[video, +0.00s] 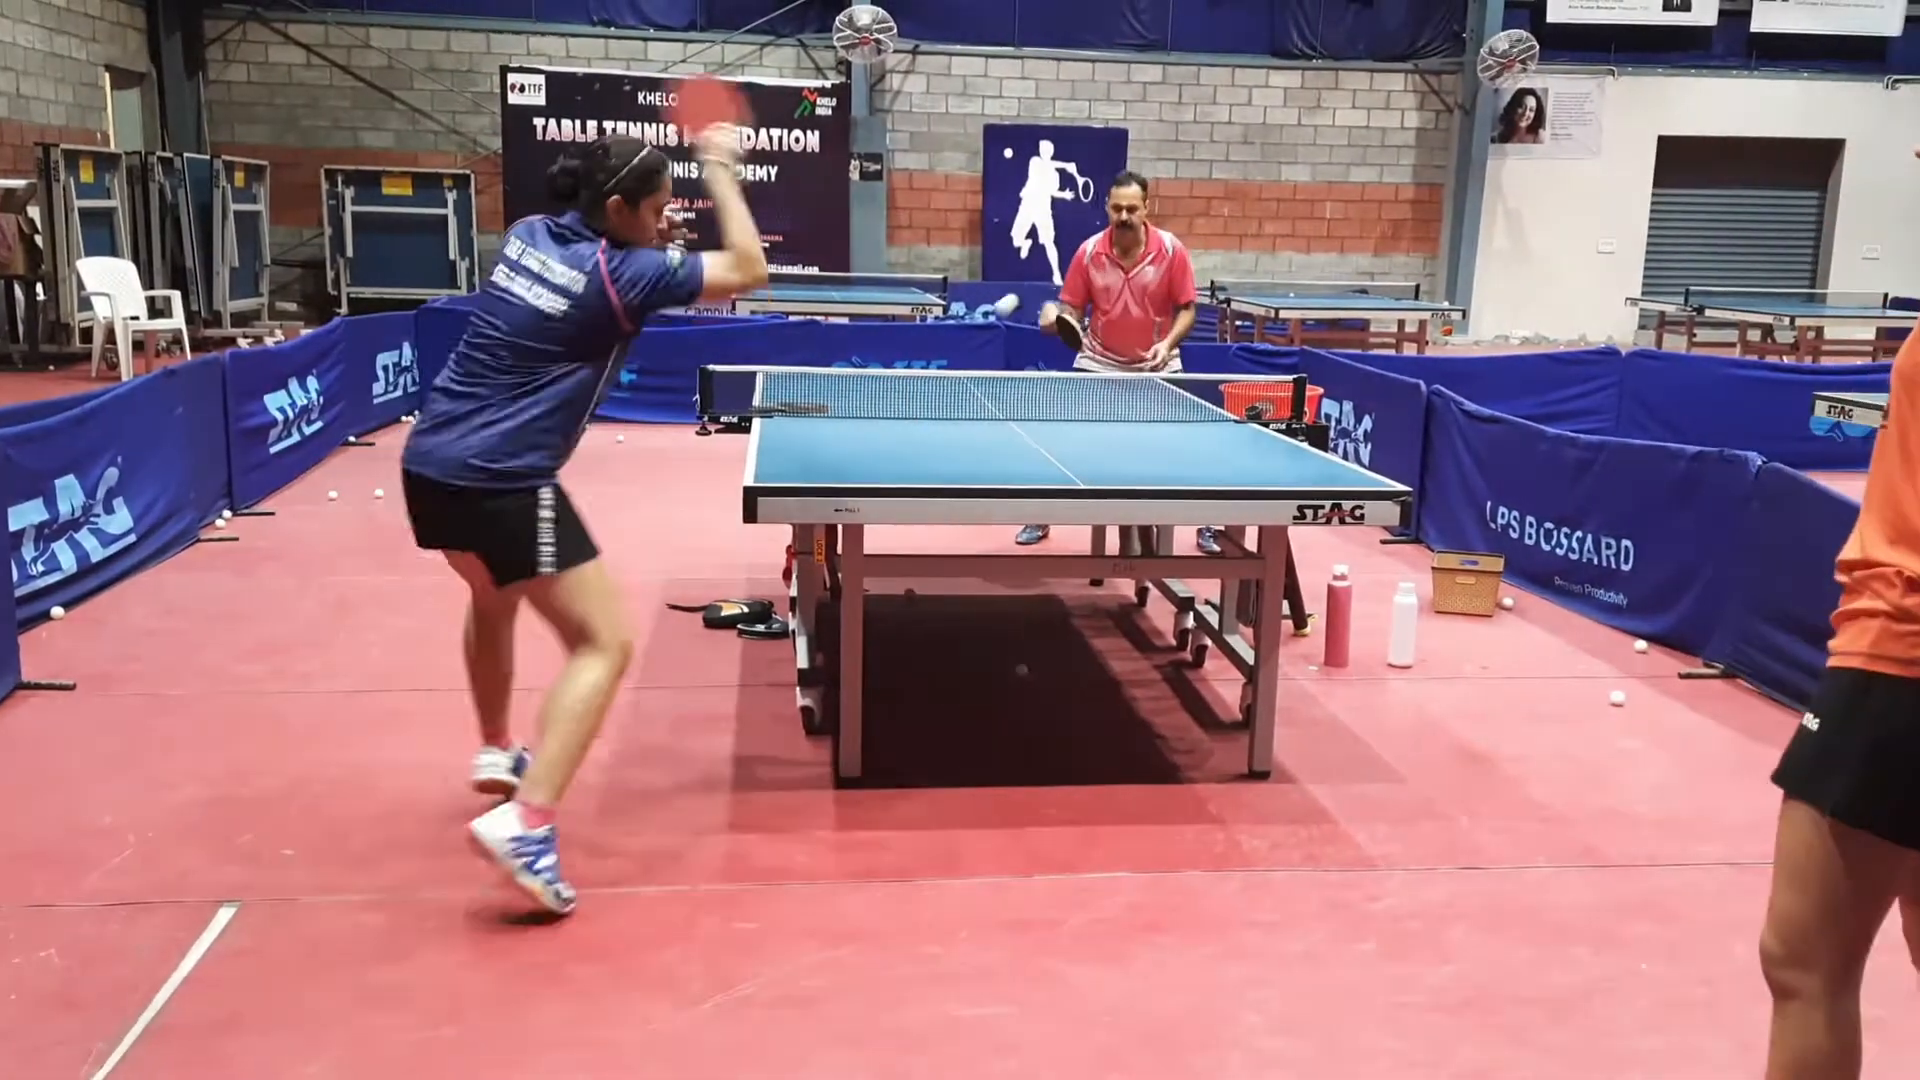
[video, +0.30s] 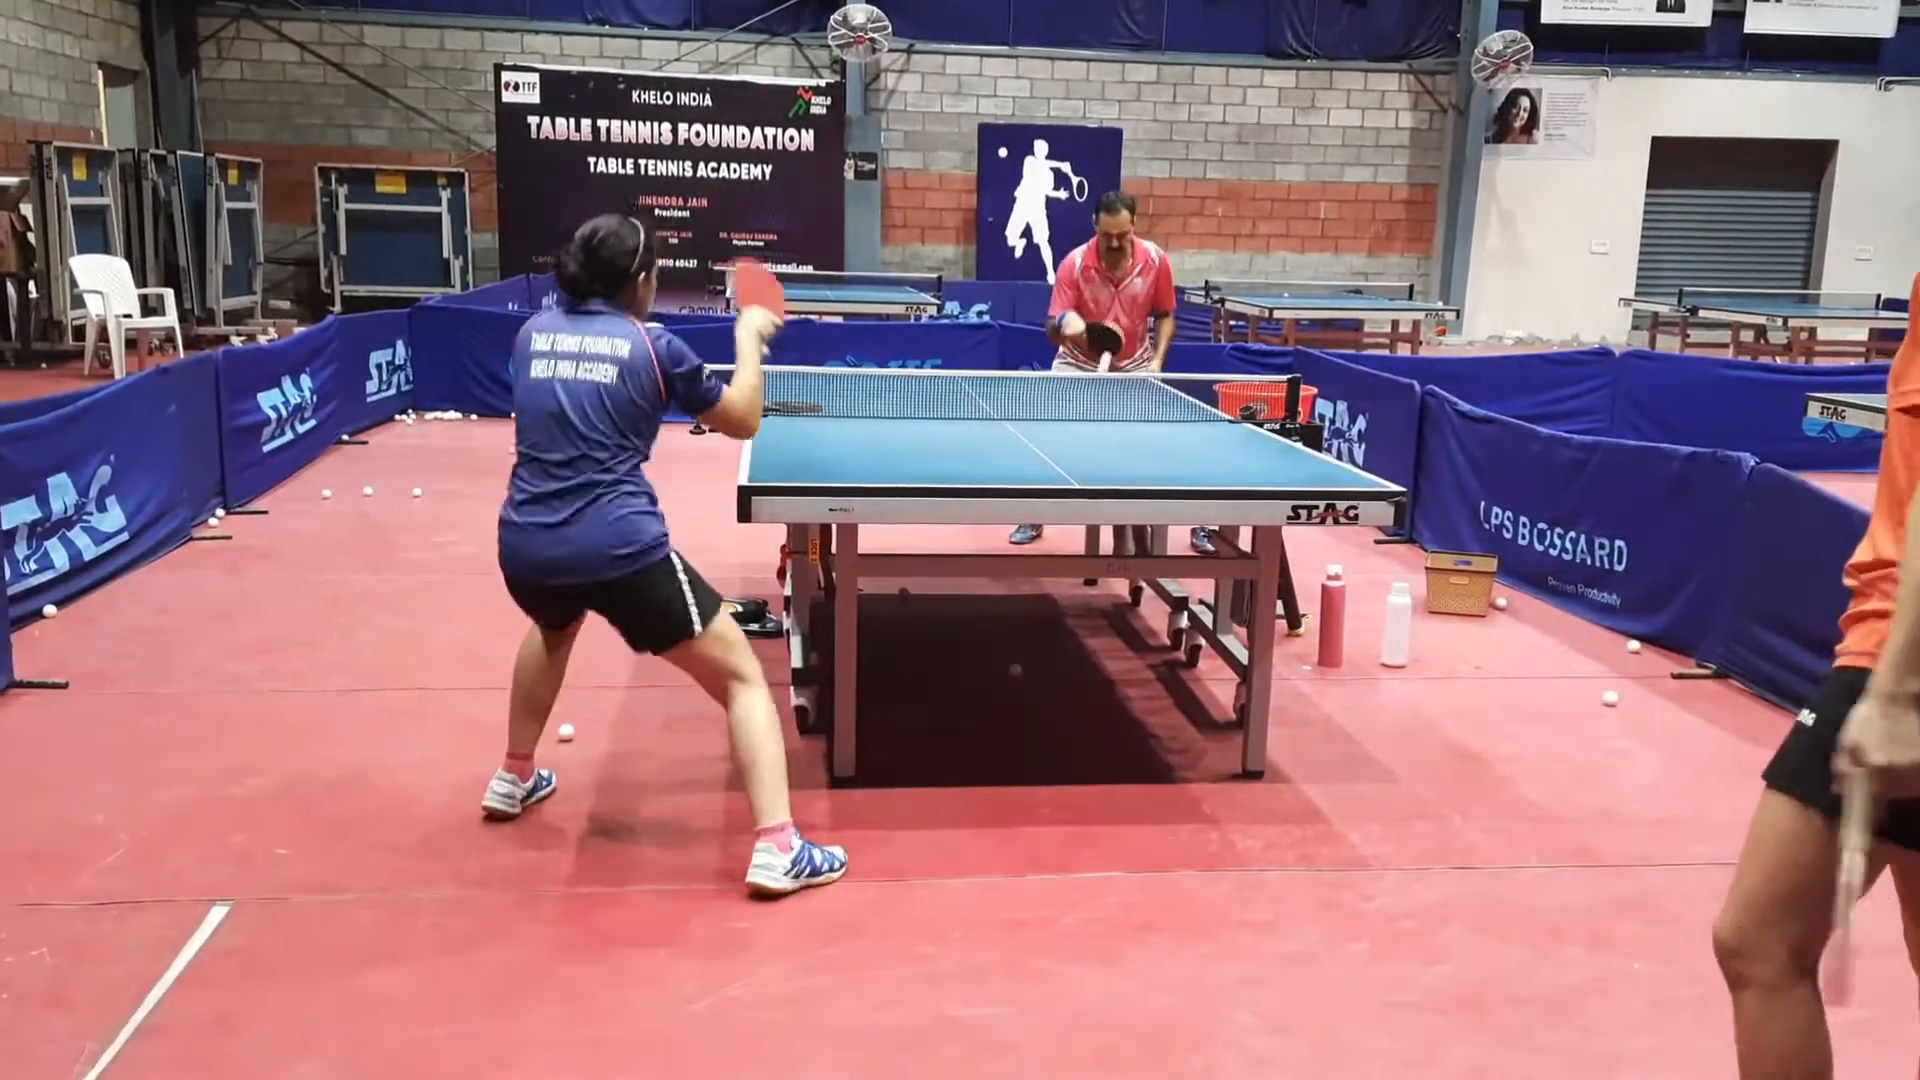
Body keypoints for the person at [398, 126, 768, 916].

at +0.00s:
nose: (664, 216)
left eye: (664, 202)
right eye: (656, 204)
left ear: (596, 203)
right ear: (617, 207)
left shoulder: (530, 233)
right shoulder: (626, 272)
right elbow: (748, 264)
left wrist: (657, 237)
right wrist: (722, 171)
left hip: (430, 468)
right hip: (505, 480)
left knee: (493, 595)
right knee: (607, 645)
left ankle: (497, 751)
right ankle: (526, 822)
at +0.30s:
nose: (654, 278)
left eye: (651, 267)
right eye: (651, 269)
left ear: (576, 272)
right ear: (636, 278)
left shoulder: (531, 332)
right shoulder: (652, 347)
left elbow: (552, 413)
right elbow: (742, 418)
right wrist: (750, 337)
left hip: (529, 548)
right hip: (621, 547)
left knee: (555, 625)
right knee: (741, 679)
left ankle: (512, 776)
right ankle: (779, 843)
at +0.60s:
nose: (731, 227)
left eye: (728, 214)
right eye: (727, 215)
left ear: (662, 213)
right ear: (707, 225)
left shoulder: (625, 256)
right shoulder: (664, 298)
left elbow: (647, 379)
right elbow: (626, 425)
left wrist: (712, 417)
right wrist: (713, 443)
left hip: (494, 459)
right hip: (552, 477)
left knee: (530, 603)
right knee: (651, 645)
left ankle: (462, 742)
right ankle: (624, 845)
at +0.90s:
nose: (713, 349)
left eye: (713, 336)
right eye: (710, 337)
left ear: (667, 339)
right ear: (680, 346)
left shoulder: (652, 384)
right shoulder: (581, 411)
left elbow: (627, 435)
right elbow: (505, 519)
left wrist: (640, 484)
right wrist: (549, 619)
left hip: (513, 523)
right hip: (486, 531)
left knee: (533, 665)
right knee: (635, 651)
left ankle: (407, 760)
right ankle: (617, 850)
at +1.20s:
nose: (647, 219)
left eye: (652, 208)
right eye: (641, 208)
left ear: (580, 202)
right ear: (598, 201)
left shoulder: (518, 235)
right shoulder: (601, 269)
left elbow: (577, 281)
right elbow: (729, 287)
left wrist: (639, 248)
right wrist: (729, 190)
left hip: (446, 470)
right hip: (514, 481)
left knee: (471, 613)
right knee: (617, 636)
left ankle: (406, 753)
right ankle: (618, 833)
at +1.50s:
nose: (589, 253)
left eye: (586, 241)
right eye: (586, 243)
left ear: (508, 243)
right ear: (571, 252)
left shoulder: (459, 301)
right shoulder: (587, 322)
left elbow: (462, 378)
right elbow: (678, 382)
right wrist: (674, 285)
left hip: (451, 528)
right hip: (550, 535)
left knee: (444, 628)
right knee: (654, 679)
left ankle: (392, 781)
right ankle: (664, 857)